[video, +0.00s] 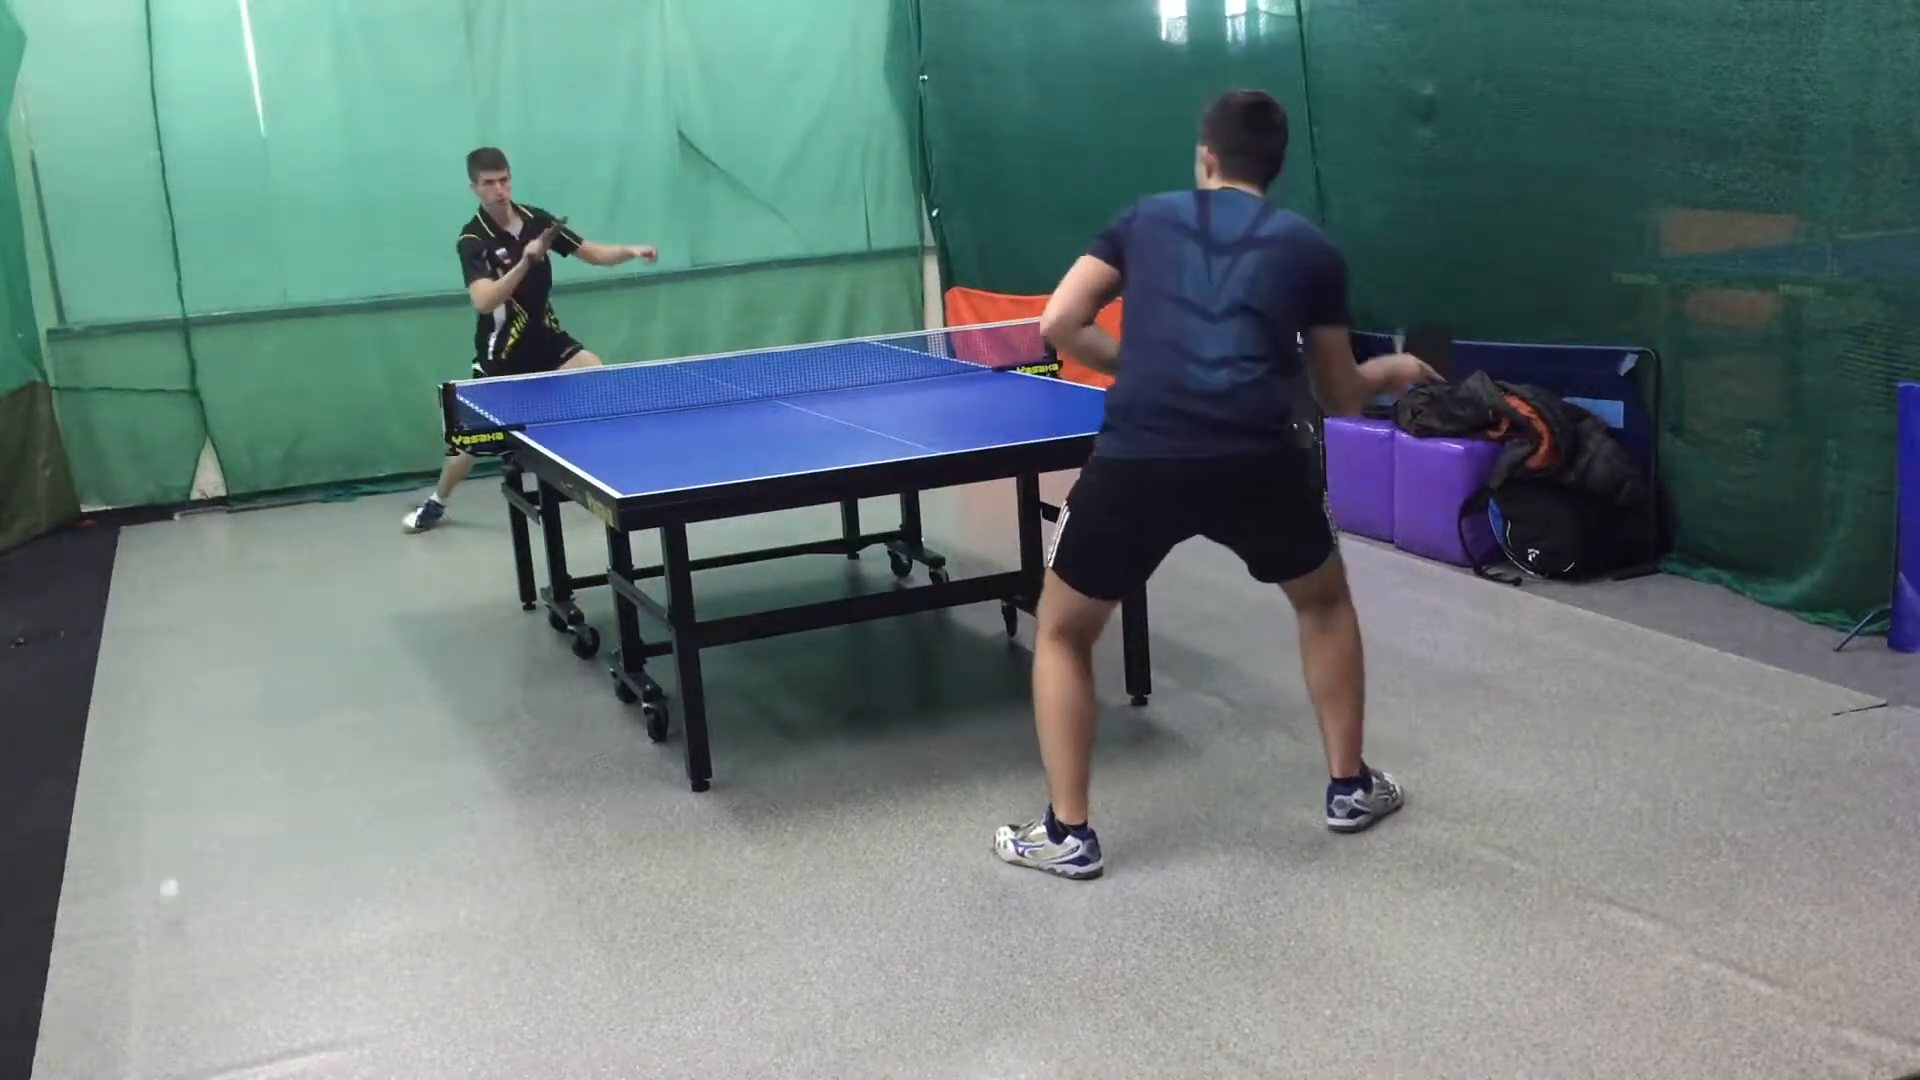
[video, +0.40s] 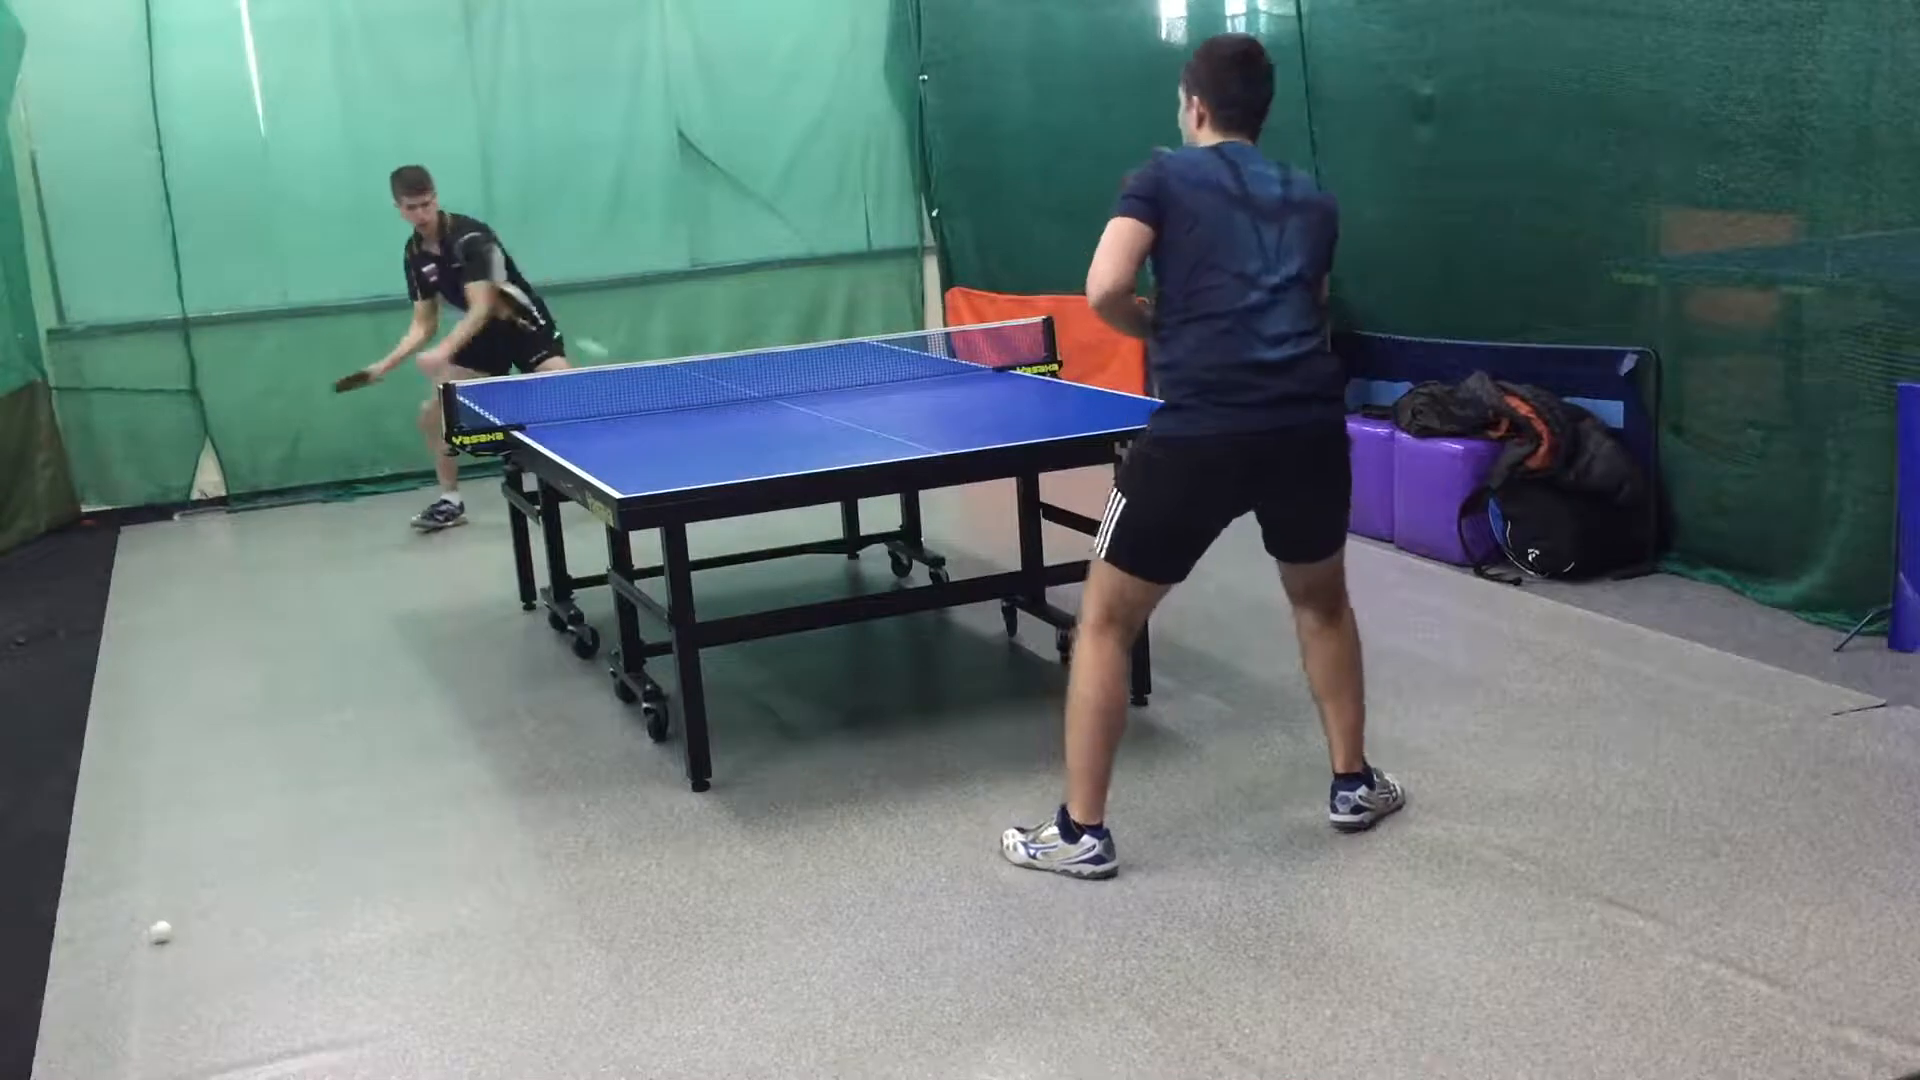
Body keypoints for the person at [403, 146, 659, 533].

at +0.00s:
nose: (499, 190)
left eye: (504, 181)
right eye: (489, 184)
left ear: (511, 180)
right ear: (474, 188)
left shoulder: (535, 219)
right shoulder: (473, 238)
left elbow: (592, 252)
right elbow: (484, 300)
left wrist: (630, 251)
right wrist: (526, 262)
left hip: (545, 337)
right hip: (499, 350)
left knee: (593, 372)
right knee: (472, 438)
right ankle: (438, 501)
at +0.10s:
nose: (489, 180)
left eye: (494, 171)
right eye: (479, 173)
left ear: (502, 170)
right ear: (465, 177)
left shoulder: (532, 210)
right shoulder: (460, 231)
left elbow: (583, 250)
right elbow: (462, 298)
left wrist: (618, 266)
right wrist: (501, 275)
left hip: (544, 330)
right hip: (491, 342)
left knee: (592, 391)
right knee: (461, 417)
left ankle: (603, 480)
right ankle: (438, 498)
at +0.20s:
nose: (473, 180)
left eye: (477, 170)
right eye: (463, 173)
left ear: (485, 166)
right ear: (447, 175)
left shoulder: (517, 207)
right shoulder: (443, 229)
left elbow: (562, 254)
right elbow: (443, 301)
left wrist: (589, 289)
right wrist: (466, 297)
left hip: (534, 316)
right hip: (484, 324)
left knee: (576, 389)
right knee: (453, 406)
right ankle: (448, 499)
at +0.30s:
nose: (451, 194)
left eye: (454, 185)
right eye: (441, 188)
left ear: (462, 180)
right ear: (425, 191)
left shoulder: (495, 221)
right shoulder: (428, 239)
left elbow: (528, 283)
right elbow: (431, 306)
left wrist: (525, 328)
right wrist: (421, 333)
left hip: (524, 309)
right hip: (478, 319)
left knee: (573, 385)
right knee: (451, 403)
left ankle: (581, 477)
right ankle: (453, 500)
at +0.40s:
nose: (420, 216)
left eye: (426, 205)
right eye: (410, 208)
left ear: (436, 198)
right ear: (399, 209)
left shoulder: (470, 236)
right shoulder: (415, 253)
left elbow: (482, 309)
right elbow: (423, 324)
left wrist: (443, 351)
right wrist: (384, 365)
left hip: (526, 326)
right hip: (483, 332)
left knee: (565, 389)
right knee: (434, 414)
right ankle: (450, 500)